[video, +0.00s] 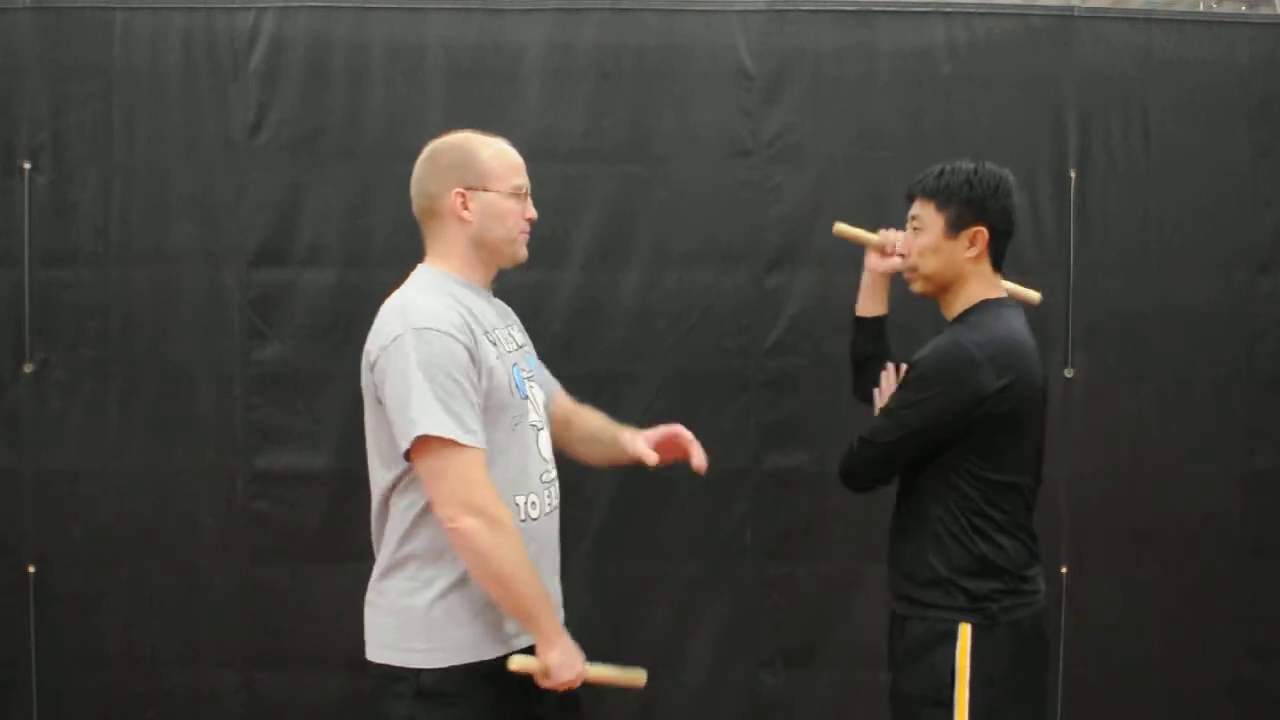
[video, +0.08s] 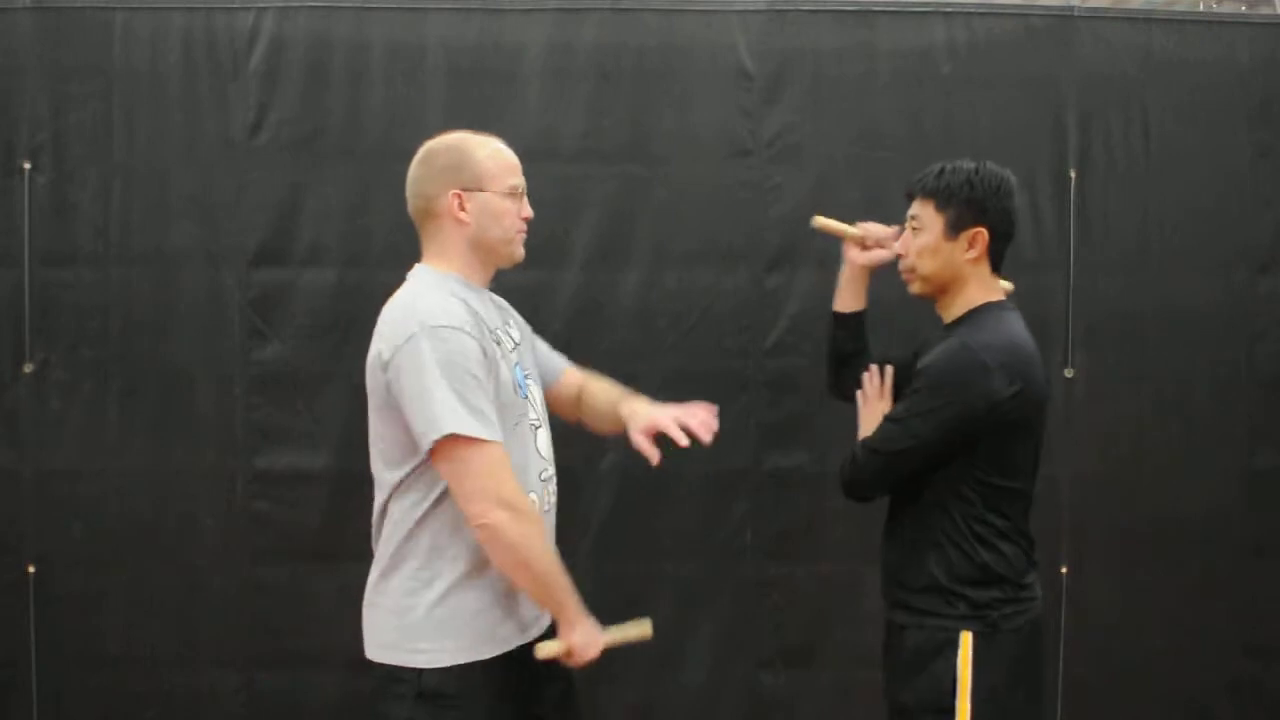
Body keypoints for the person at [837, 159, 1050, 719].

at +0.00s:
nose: (904, 246)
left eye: (918, 230)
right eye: (908, 229)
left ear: (974, 242)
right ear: (970, 245)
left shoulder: (967, 352)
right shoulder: (1001, 334)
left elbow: (860, 469)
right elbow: (873, 388)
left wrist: (886, 414)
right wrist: (875, 279)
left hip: (964, 620)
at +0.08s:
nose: (899, 246)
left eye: (916, 230)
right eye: (905, 229)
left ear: (973, 244)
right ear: (966, 245)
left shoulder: (978, 355)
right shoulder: (970, 339)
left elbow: (863, 479)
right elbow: (848, 379)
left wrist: (871, 430)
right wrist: (854, 270)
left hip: (963, 629)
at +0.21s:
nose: (895, 247)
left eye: (912, 228)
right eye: (900, 228)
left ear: (971, 244)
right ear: (966, 246)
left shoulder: (998, 363)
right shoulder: (934, 352)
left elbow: (878, 492)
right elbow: (806, 378)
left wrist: (855, 445)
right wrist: (792, 265)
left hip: (968, 650)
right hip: (919, 642)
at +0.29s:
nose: (889, 243)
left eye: (908, 225)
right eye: (896, 225)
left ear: (969, 241)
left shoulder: (1004, 366)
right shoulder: (911, 354)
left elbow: (896, 497)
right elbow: (779, 375)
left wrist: (847, 457)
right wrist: (740, 263)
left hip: (967, 651)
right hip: (903, 644)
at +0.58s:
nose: (868, 240)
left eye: (890, 220)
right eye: (873, 221)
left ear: (952, 238)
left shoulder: (1001, 367)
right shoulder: (861, 350)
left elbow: (935, 515)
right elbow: (733, 351)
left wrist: (839, 474)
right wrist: (672, 263)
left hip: (957, 653)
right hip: (871, 646)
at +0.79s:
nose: (862, 238)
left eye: (883, 219)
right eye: (866, 221)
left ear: (946, 236)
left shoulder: (996, 370)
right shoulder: (848, 343)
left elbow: (965, 520)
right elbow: (743, 351)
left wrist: (845, 480)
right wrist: (652, 332)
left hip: (948, 646)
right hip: (861, 638)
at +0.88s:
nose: (861, 240)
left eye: (884, 220)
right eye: (866, 221)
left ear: (945, 237)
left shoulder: (996, 369)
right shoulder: (853, 343)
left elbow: (967, 508)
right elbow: (755, 385)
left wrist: (843, 464)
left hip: (947, 647)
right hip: (858, 638)